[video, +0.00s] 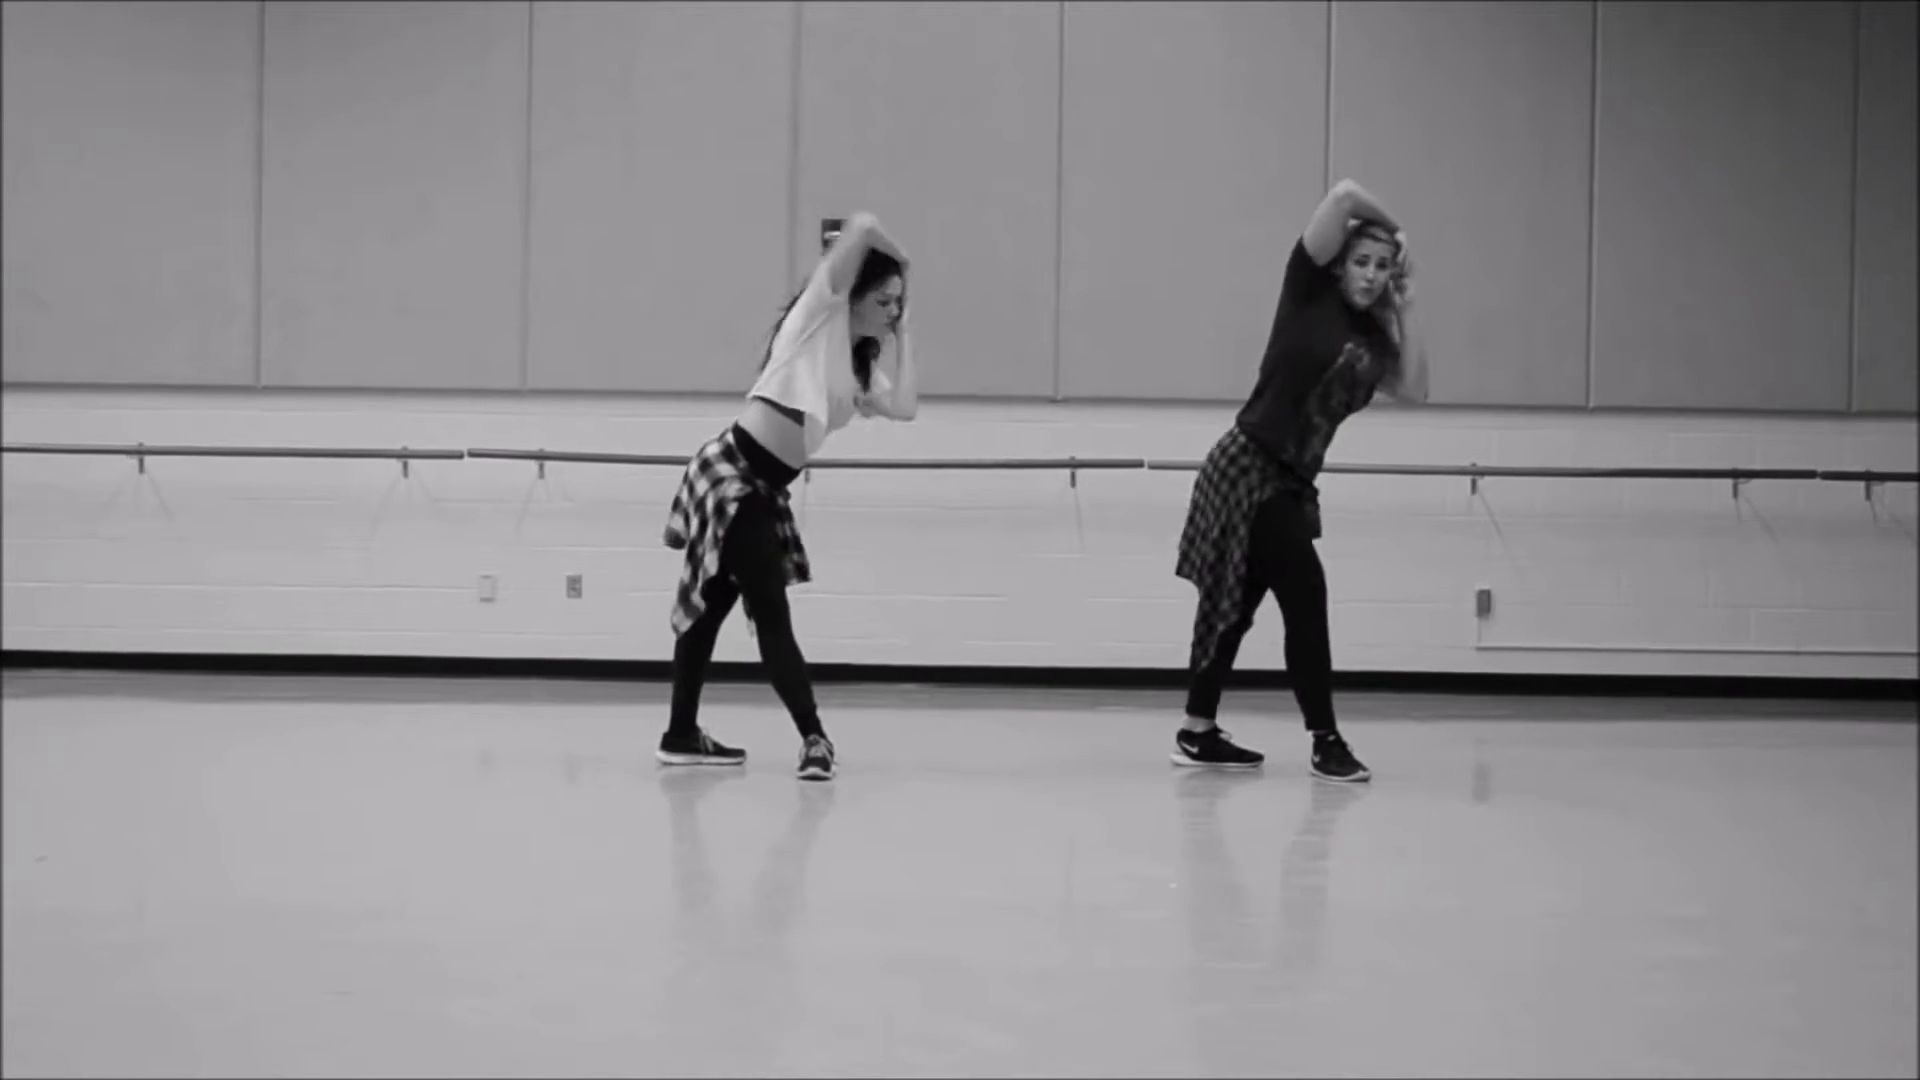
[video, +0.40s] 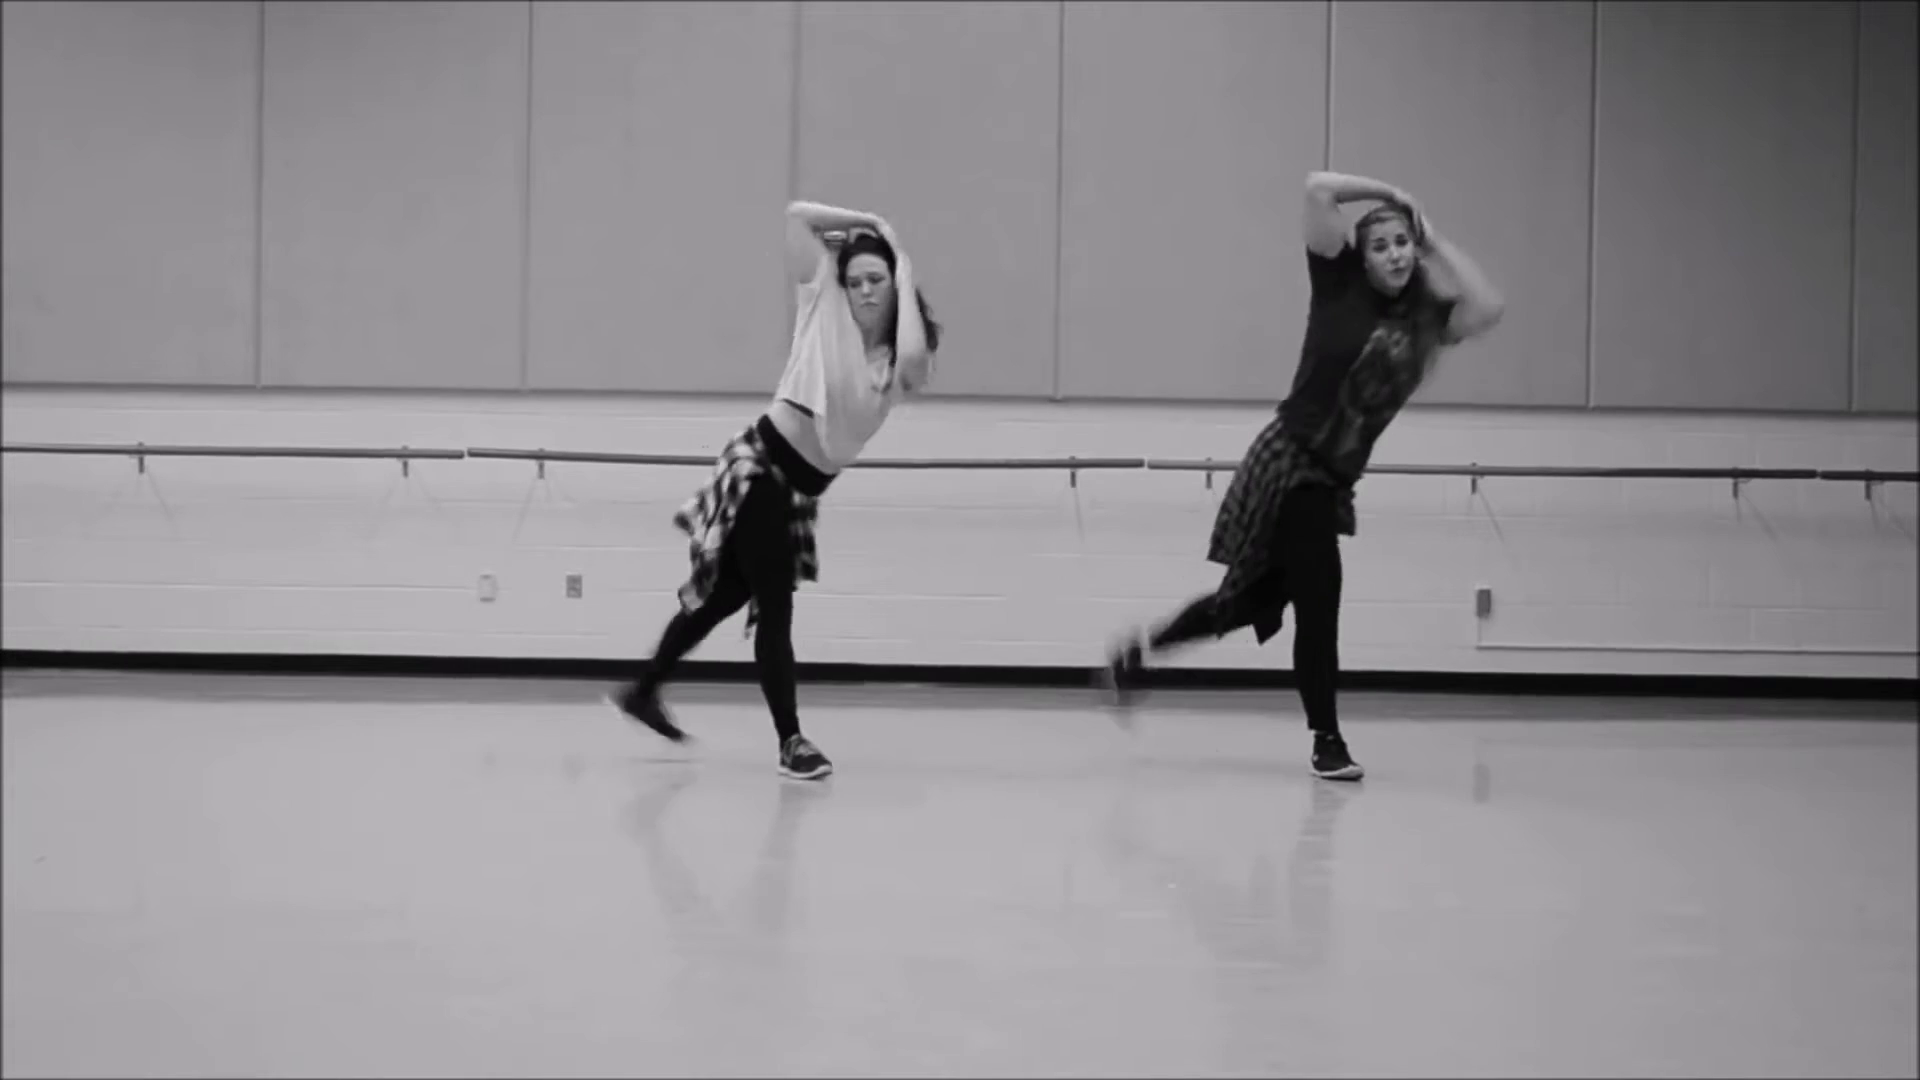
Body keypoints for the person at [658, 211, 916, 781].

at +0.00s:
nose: (891, 316)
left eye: (897, 305)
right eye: (883, 302)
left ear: (891, 308)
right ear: (853, 295)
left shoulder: (856, 372)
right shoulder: (813, 321)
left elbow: (902, 408)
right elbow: (861, 224)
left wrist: (901, 334)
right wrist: (894, 257)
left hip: (766, 488)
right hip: (733, 471)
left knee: (708, 607)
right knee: (772, 614)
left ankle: (681, 730)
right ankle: (814, 739)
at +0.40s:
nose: (864, 291)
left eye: (875, 281)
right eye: (855, 282)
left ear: (897, 287)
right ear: (843, 286)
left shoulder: (904, 360)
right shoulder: (821, 308)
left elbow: (914, 347)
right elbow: (798, 215)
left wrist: (899, 257)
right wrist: (861, 222)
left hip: (801, 490)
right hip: (763, 465)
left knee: (724, 596)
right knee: (776, 610)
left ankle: (643, 689)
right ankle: (791, 742)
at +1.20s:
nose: (962, 275)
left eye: (972, 265)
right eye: (950, 267)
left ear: (990, 272)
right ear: (935, 278)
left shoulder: (1023, 328)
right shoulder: (913, 331)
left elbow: (1091, 368)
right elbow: (840, 377)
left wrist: (1015, 396)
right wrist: (909, 409)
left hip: (999, 499)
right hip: (924, 499)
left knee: (1045, 622)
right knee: (871, 617)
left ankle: (1085, 741)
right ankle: (810, 739)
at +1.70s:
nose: (1020, 291)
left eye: (1029, 281)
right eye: (1007, 282)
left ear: (1044, 291)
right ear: (991, 292)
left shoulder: (1070, 365)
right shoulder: (964, 351)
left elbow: (1153, 372)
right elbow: (925, 418)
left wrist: (1080, 342)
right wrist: (995, 372)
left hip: (1032, 517)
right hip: (957, 510)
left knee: (1070, 630)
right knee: (891, 623)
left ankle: (1086, 747)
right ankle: (815, 740)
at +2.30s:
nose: (1076, 297)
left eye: (1077, 287)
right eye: (1065, 287)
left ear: (1072, 293)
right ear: (1028, 293)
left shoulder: (1086, 354)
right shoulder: (976, 353)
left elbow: (1173, 359)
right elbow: (928, 416)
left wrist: (1100, 401)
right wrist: (1006, 423)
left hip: (1042, 518)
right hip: (964, 510)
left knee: (1078, 627)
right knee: (893, 623)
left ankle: (1085, 745)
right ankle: (815, 740)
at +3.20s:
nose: (946, 273)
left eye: (962, 273)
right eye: (948, 266)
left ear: (971, 303)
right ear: (933, 284)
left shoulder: (963, 362)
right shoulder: (907, 342)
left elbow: (973, 407)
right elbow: (901, 317)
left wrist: (946, 384)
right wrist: (906, 293)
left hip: (950, 516)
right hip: (893, 518)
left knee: (1012, 637)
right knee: (795, 600)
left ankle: (1077, 745)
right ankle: (788, 739)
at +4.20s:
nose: (757, 244)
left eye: (772, 239)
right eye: (754, 235)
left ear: (796, 256)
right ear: (744, 246)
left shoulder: (780, 295)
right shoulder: (741, 318)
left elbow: (767, 376)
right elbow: (716, 403)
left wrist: (689, 370)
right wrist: (678, 366)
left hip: (797, 471)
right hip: (750, 474)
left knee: (820, 610)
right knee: (696, 598)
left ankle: (847, 739)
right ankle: (667, 737)